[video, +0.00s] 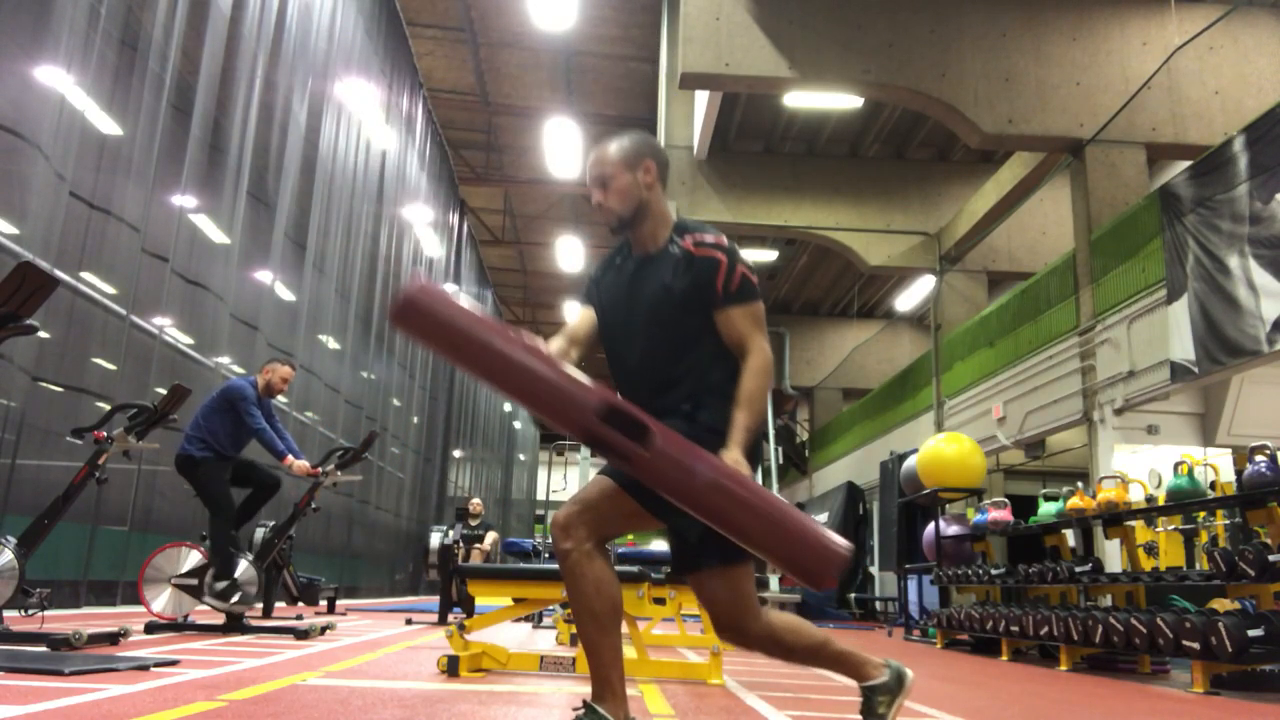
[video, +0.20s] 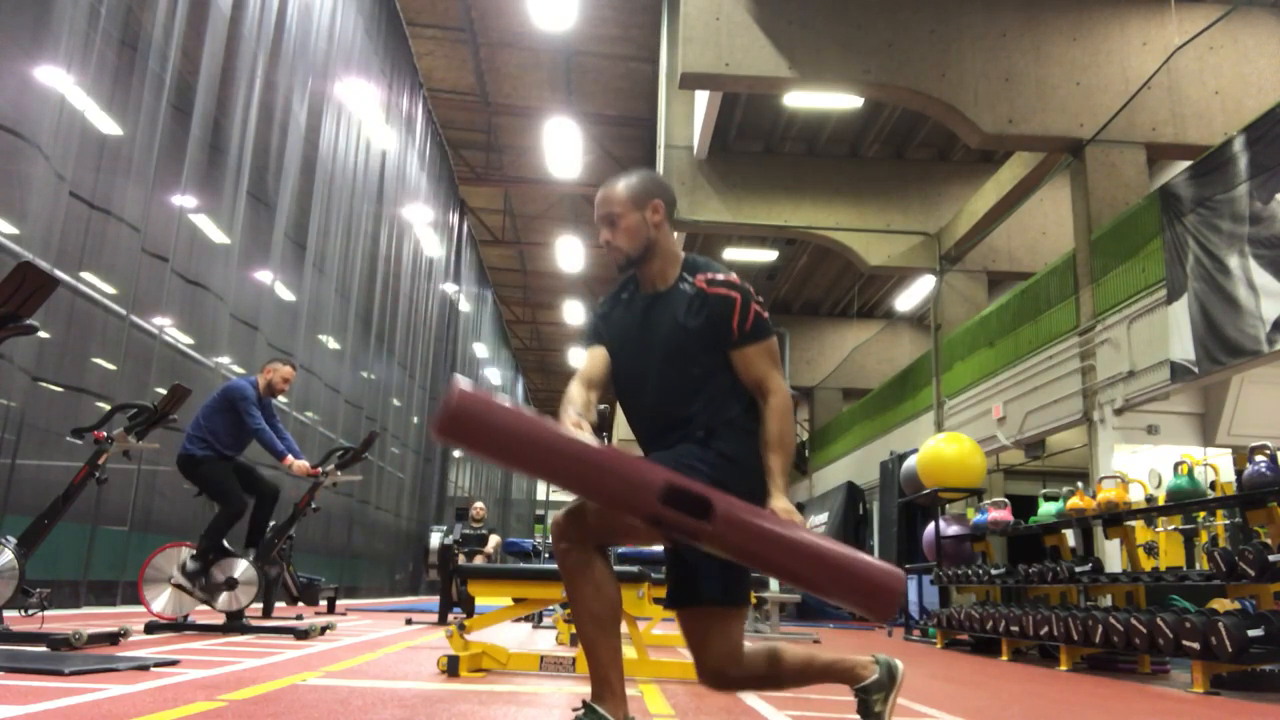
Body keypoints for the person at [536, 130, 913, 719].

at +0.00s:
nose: (595, 199)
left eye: (604, 184)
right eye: (591, 188)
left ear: (648, 176)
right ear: (631, 183)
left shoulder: (708, 255)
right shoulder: (611, 272)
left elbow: (758, 352)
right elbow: (574, 337)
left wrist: (736, 447)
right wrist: (558, 348)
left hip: (703, 454)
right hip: (661, 454)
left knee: (574, 526)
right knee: (739, 621)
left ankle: (610, 706)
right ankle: (876, 674)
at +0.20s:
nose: (601, 237)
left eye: (612, 221)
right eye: (598, 224)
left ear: (655, 215)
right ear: (642, 220)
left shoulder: (721, 293)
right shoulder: (615, 309)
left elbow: (774, 391)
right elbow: (586, 386)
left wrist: (777, 491)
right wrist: (575, 419)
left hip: (725, 469)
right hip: (675, 473)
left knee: (574, 529)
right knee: (722, 666)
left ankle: (609, 708)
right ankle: (867, 672)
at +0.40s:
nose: (609, 264)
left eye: (620, 249)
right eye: (606, 251)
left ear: (663, 242)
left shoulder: (728, 320)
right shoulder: (615, 336)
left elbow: (782, 422)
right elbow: (592, 411)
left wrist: (806, 522)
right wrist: (595, 460)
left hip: (729, 492)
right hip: (669, 500)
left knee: (569, 528)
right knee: (711, 696)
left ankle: (608, 707)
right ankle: (855, 671)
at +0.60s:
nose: (615, 278)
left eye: (626, 263)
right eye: (611, 266)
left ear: (667, 258)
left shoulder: (730, 333)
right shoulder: (615, 349)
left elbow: (786, 433)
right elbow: (597, 426)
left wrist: (823, 533)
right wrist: (611, 487)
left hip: (728, 506)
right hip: (672, 515)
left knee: (567, 527)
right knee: (706, 708)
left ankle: (607, 707)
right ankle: (843, 672)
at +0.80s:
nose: (618, 279)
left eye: (629, 265)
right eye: (614, 268)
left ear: (670, 261)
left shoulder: (732, 336)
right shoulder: (615, 348)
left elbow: (789, 432)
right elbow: (600, 427)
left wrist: (828, 531)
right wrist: (622, 497)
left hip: (729, 507)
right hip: (673, 516)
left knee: (567, 527)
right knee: (704, 708)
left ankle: (607, 707)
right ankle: (841, 673)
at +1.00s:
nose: (621, 277)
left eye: (632, 264)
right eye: (617, 266)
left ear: (673, 259)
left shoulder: (734, 336)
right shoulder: (615, 346)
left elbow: (787, 432)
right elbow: (602, 427)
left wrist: (826, 532)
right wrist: (621, 501)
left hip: (727, 507)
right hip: (669, 516)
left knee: (568, 526)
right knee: (702, 708)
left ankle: (607, 707)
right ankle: (842, 672)